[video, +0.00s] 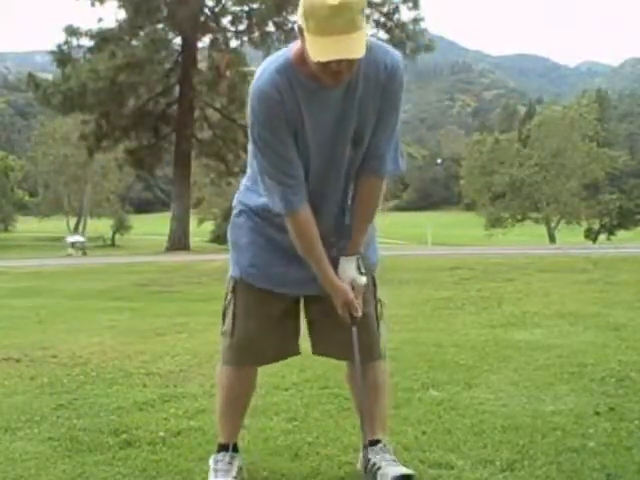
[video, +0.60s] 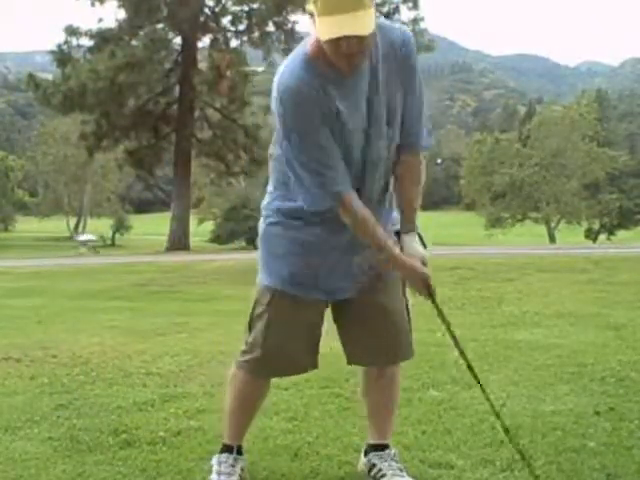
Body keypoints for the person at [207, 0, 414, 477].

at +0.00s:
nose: (337, 64)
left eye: (348, 52)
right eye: (324, 54)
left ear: (363, 33)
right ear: (302, 35)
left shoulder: (385, 68)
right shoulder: (272, 86)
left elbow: (375, 169)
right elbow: (290, 199)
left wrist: (352, 256)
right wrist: (328, 277)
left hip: (346, 226)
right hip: (269, 225)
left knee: (367, 341)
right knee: (243, 342)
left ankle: (377, 450)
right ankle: (226, 454)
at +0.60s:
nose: (351, 48)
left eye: (359, 36)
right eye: (338, 39)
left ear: (374, 19)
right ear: (315, 26)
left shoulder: (397, 46)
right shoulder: (296, 84)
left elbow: (409, 148)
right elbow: (341, 195)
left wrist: (410, 232)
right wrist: (399, 259)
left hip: (372, 223)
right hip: (299, 227)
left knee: (386, 341)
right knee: (265, 347)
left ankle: (379, 452)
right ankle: (229, 455)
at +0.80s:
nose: (337, 44)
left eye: (346, 30)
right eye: (325, 34)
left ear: (361, 15)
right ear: (305, 24)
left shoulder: (379, 31)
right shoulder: (298, 90)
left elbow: (416, 119)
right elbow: (368, 183)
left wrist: (441, 204)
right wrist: (445, 233)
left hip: (364, 219)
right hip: (294, 226)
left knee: (383, 339)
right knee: (261, 347)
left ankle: (379, 451)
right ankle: (228, 454)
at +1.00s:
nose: (307, 37)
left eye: (318, 24)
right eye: (294, 27)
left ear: (336, 10)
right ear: (277, 18)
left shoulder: (365, 32)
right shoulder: (264, 81)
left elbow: (394, 128)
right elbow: (317, 186)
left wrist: (398, 208)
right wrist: (382, 249)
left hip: (346, 217)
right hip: (269, 221)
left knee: (369, 339)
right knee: (241, 348)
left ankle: (378, 455)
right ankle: (226, 457)